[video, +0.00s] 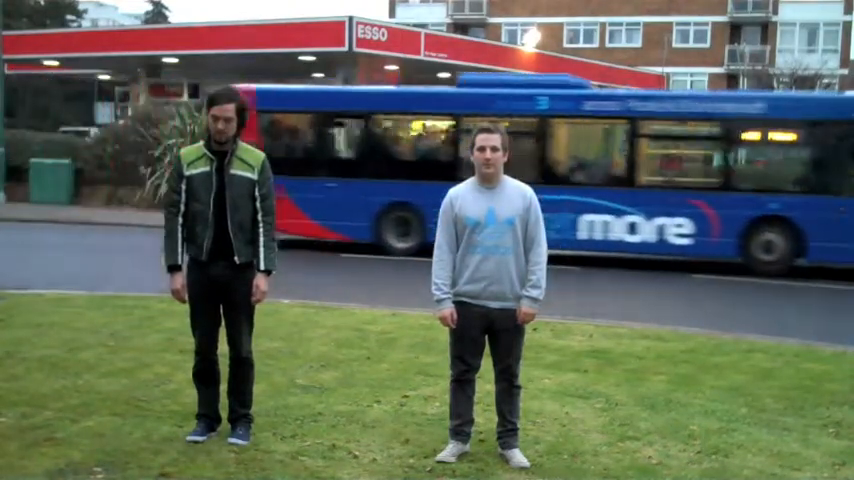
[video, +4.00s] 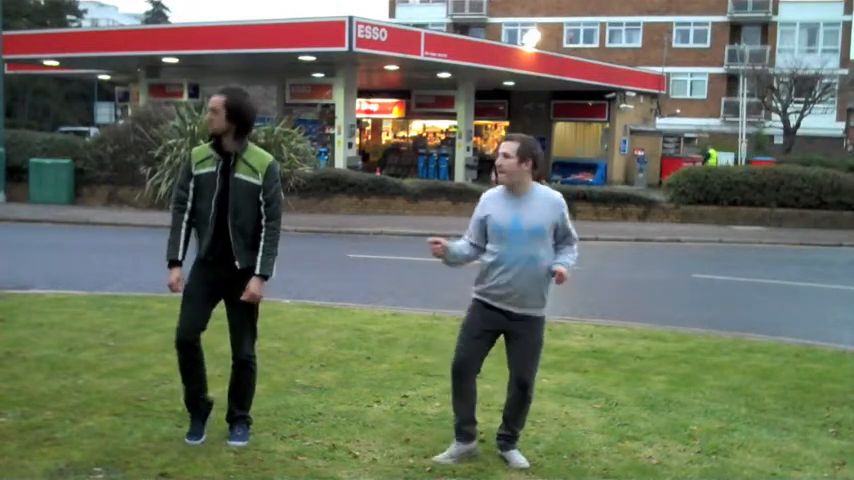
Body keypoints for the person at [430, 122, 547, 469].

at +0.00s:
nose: (486, 155)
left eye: (493, 150)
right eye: (480, 149)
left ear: (504, 155)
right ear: (472, 155)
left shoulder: (524, 196)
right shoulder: (456, 197)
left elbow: (538, 250)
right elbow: (443, 251)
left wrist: (532, 298)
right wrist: (443, 299)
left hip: (510, 305)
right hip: (466, 304)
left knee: (509, 379)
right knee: (462, 376)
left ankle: (509, 444)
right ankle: (458, 440)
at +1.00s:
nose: (487, 156)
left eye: (494, 150)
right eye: (481, 150)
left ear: (504, 155)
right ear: (472, 155)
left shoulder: (524, 196)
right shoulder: (455, 197)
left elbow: (537, 250)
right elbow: (443, 252)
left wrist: (531, 298)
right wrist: (443, 299)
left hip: (510, 305)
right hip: (466, 304)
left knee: (509, 379)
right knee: (462, 376)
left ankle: (509, 444)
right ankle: (458, 440)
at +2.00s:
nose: (462, 191)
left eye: (471, 186)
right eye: (461, 185)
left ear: (491, 193)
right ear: (460, 189)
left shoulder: (522, 229)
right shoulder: (456, 229)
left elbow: (550, 274)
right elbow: (448, 276)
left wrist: (548, 315)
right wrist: (430, 304)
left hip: (521, 315)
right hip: (481, 312)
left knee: (512, 379)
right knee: (455, 366)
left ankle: (506, 445)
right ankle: (461, 440)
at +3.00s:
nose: (489, 185)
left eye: (497, 180)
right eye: (486, 179)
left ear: (516, 187)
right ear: (481, 185)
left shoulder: (540, 223)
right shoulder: (471, 225)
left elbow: (560, 267)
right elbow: (462, 264)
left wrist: (558, 308)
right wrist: (455, 275)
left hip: (530, 316)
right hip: (489, 313)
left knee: (523, 381)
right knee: (485, 371)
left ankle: (508, 444)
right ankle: (462, 436)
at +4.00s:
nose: (498, 163)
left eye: (506, 157)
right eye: (497, 156)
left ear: (527, 164)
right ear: (499, 162)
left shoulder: (553, 202)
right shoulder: (489, 200)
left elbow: (568, 244)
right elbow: (472, 245)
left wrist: (563, 265)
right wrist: (449, 250)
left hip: (529, 312)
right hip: (487, 304)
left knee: (524, 382)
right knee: (462, 366)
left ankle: (508, 444)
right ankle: (465, 440)